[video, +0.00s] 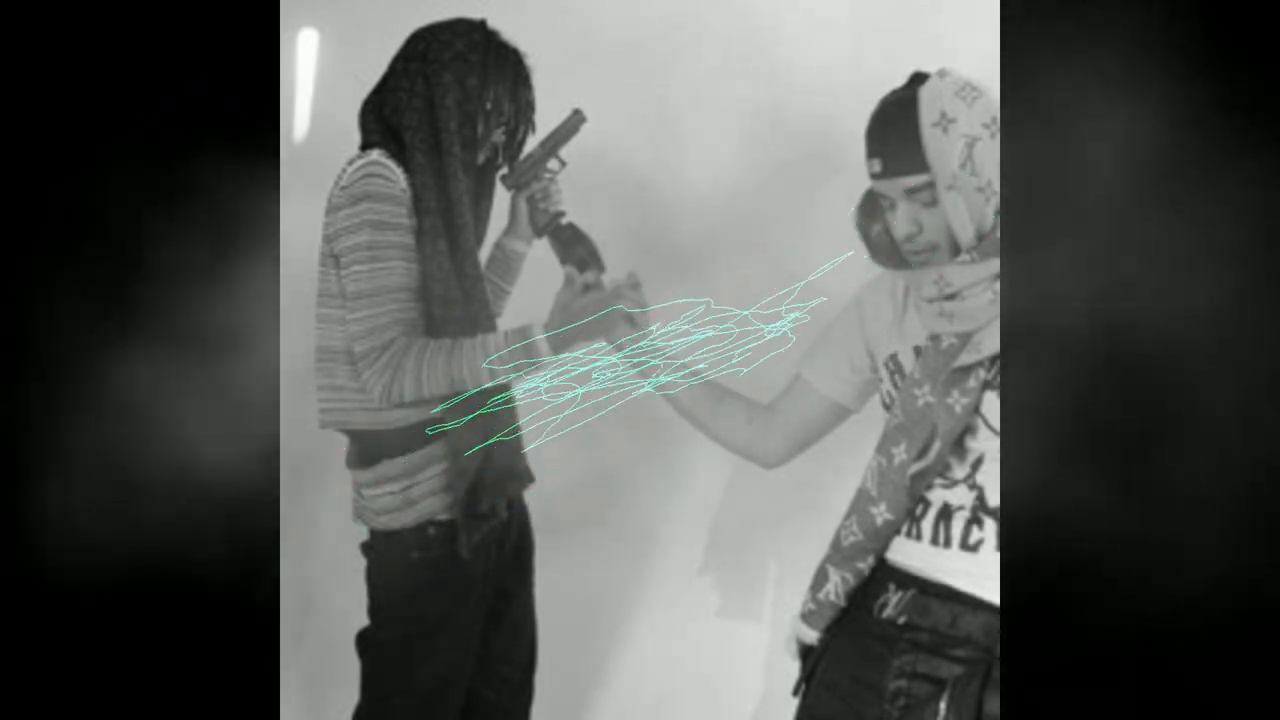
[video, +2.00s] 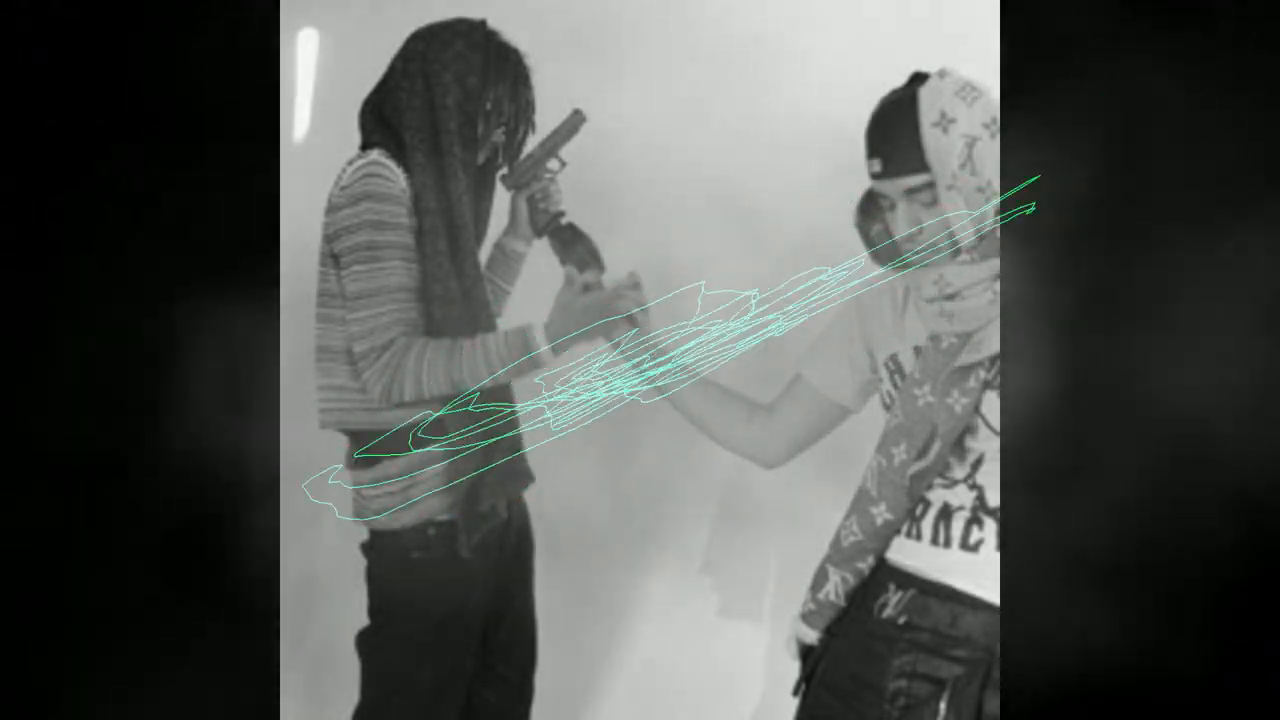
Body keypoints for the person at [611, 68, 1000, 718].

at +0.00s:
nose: (905, 228)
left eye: (926, 198)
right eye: (887, 204)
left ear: (982, 182)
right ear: (874, 203)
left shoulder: (1040, 292)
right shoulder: (892, 303)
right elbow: (769, 436)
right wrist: (638, 344)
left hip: (994, 642)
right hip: (879, 616)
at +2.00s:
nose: (914, 224)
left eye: (932, 196)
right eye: (898, 202)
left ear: (983, 186)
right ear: (879, 209)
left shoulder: (1042, 288)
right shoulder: (887, 306)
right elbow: (770, 436)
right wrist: (637, 343)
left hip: (1001, 637)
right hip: (882, 612)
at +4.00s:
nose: (904, 227)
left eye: (926, 198)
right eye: (885, 205)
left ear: (981, 184)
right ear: (872, 203)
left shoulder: (1039, 287)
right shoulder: (890, 304)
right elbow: (769, 435)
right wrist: (635, 339)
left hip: (1004, 639)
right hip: (889, 615)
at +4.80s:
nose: (904, 229)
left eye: (925, 199)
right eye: (886, 205)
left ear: (980, 183)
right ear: (874, 207)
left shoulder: (1034, 294)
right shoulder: (900, 303)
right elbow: (770, 434)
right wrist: (637, 336)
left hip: (984, 651)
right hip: (870, 623)